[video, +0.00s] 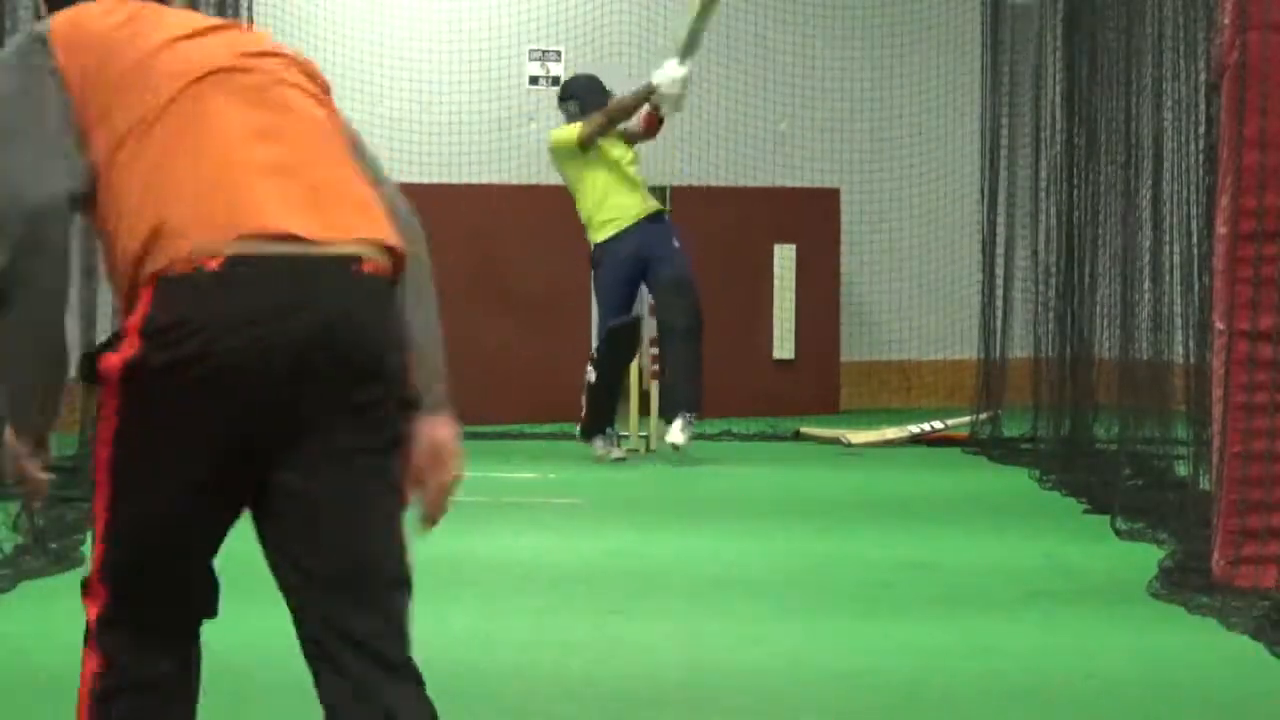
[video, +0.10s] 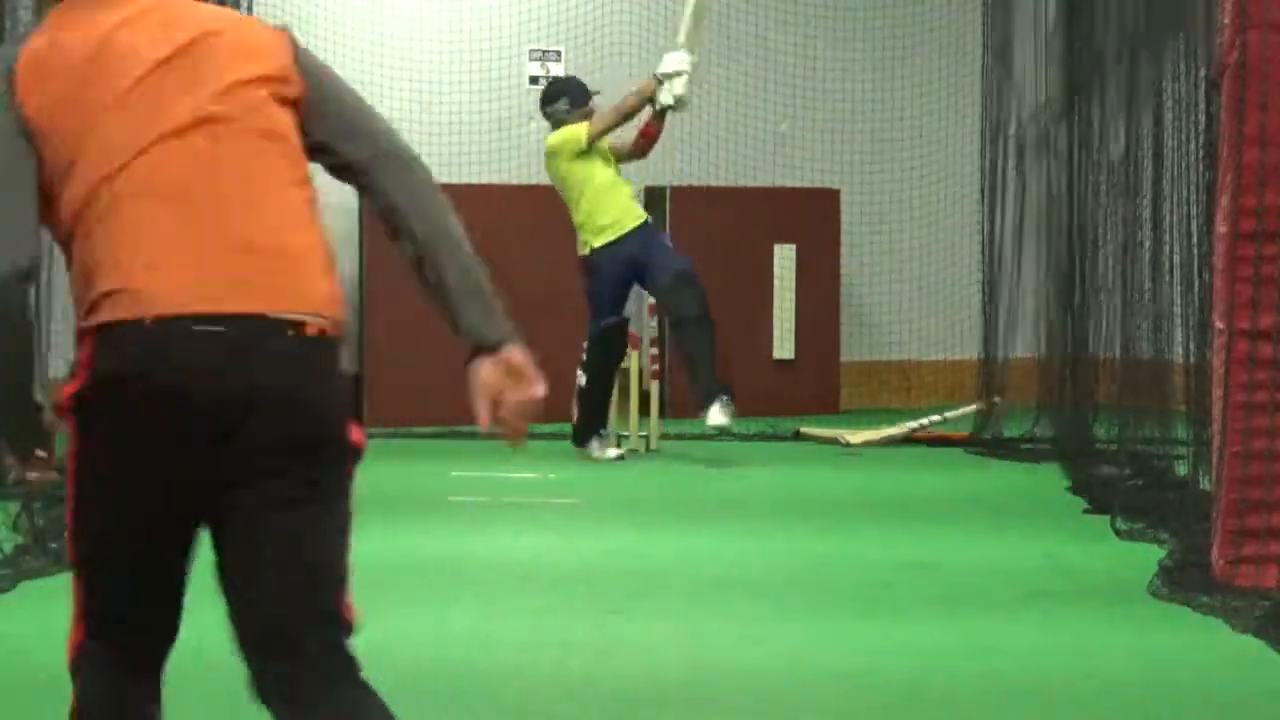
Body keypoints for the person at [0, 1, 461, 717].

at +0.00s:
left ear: (58, 13)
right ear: (178, 4)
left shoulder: (50, 43)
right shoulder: (267, 50)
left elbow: (36, 206)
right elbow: (400, 221)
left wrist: (26, 416)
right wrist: (434, 400)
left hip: (205, 299)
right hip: (360, 295)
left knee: (145, 612)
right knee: (365, 639)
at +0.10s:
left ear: (61, 6)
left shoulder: (35, 65)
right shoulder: (261, 39)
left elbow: (15, 263)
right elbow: (393, 164)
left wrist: (21, 430)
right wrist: (489, 335)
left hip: (143, 363)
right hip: (297, 359)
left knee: (118, 661)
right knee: (308, 662)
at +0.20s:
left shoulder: (24, 33)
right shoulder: (254, 10)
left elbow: (8, 242)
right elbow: (379, 106)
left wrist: (41, 373)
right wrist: (472, 272)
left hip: (109, 333)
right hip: (255, 326)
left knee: (101, 625)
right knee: (255, 616)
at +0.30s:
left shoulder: (26, 10)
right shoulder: (265, 2)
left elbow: (7, 134)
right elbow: (355, 58)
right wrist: (393, 227)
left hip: (90, 263)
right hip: (237, 259)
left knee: (95, 584)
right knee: (223, 563)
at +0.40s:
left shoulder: (36, 3)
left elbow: (1, 99)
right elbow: (332, 64)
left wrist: (39, 208)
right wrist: (319, 237)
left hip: (85, 253)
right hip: (223, 256)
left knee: (71, 551)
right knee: (192, 560)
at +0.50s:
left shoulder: (32, 7)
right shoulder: (265, 5)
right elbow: (338, 145)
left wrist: (69, 185)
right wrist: (277, 281)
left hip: (72, 314)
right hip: (212, 315)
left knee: (31, 598)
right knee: (162, 620)